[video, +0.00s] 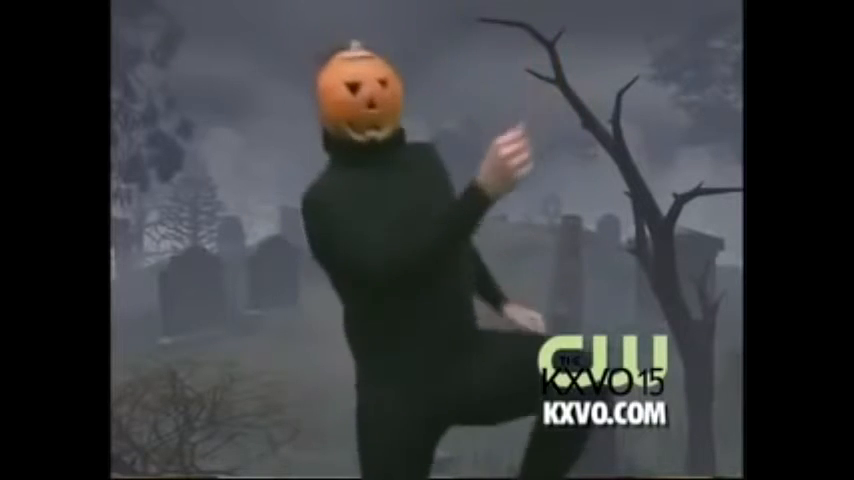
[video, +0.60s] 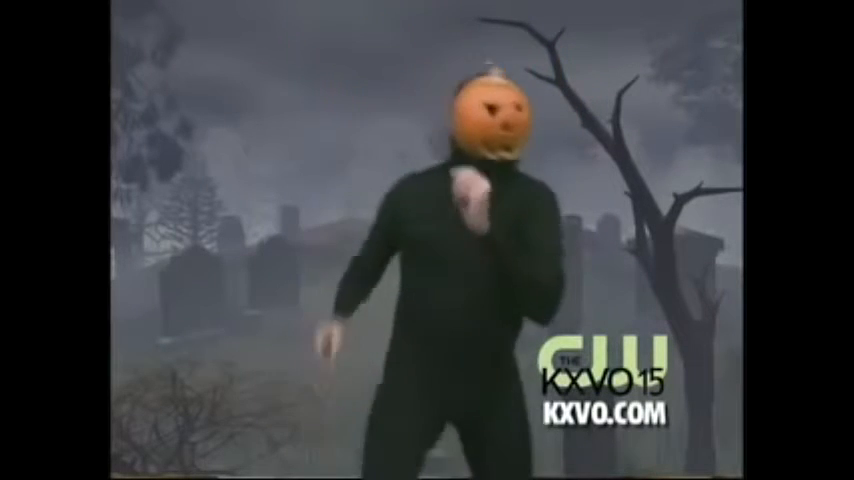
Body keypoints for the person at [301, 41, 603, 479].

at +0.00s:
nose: (370, 97)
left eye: (381, 83)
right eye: (350, 88)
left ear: (400, 94)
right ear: (325, 110)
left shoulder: (423, 162)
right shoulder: (326, 200)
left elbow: (452, 242)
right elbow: (385, 272)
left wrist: (501, 302)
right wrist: (482, 192)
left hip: (464, 361)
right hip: (394, 385)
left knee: (581, 373)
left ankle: (536, 474)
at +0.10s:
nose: (396, 81)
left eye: (405, 69)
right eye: (378, 75)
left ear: (424, 93)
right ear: (353, 107)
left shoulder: (447, 149)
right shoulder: (334, 184)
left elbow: (481, 191)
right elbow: (358, 280)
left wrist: (503, 240)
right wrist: (437, 212)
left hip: (466, 352)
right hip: (393, 372)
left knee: (576, 406)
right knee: (389, 470)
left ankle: (527, 475)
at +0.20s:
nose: (414, 38)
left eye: (423, 27)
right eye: (397, 29)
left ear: (441, 47)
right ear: (367, 56)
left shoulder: (469, 115)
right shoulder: (343, 144)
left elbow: (515, 146)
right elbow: (332, 263)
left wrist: (513, 187)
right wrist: (398, 281)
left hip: (479, 339)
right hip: (398, 353)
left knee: (536, 457)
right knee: (398, 471)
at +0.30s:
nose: (427, 44)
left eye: (438, 32)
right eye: (410, 34)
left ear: (453, 48)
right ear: (382, 56)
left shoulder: (482, 122)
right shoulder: (357, 148)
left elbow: (541, 181)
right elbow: (346, 265)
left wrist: (517, 187)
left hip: (484, 344)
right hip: (405, 350)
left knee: (499, 468)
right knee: (408, 471)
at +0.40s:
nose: (449, 81)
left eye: (459, 72)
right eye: (433, 71)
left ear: (474, 87)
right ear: (406, 89)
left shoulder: (500, 165)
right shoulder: (377, 178)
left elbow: (549, 262)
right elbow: (351, 290)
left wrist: (512, 225)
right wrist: (334, 400)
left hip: (489, 381)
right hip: (411, 384)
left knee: (494, 472)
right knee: (411, 472)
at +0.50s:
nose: (480, 97)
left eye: (491, 88)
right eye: (464, 87)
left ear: (504, 106)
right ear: (435, 103)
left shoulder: (520, 184)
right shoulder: (397, 187)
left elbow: (551, 291)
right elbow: (359, 283)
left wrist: (503, 247)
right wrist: (330, 377)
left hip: (490, 385)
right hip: (412, 386)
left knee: (504, 472)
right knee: (405, 472)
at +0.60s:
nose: (506, 119)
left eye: (517, 108)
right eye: (489, 108)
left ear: (529, 124)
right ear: (456, 119)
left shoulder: (534, 200)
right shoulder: (414, 192)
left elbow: (544, 306)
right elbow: (372, 257)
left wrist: (489, 229)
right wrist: (340, 314)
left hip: (490, 382)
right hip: (413, 380)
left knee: (509, 472)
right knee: (383, 471)